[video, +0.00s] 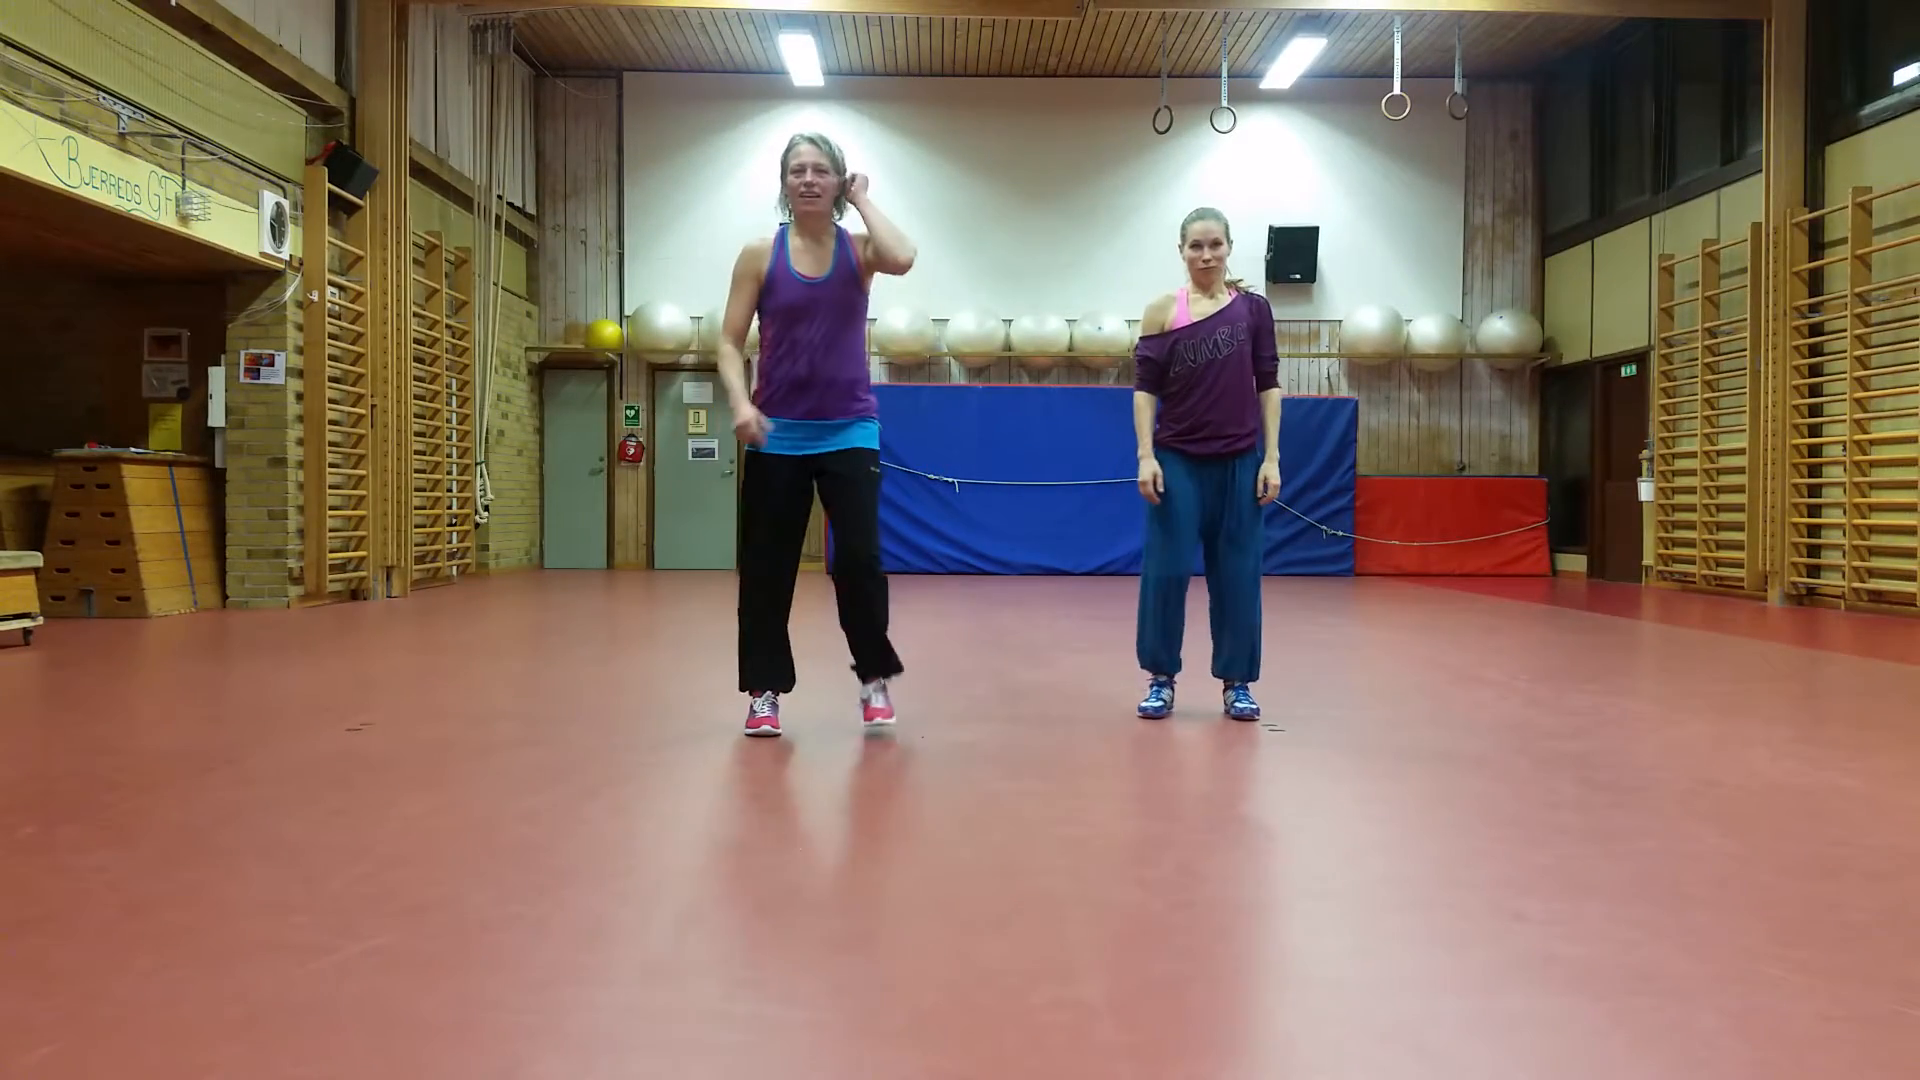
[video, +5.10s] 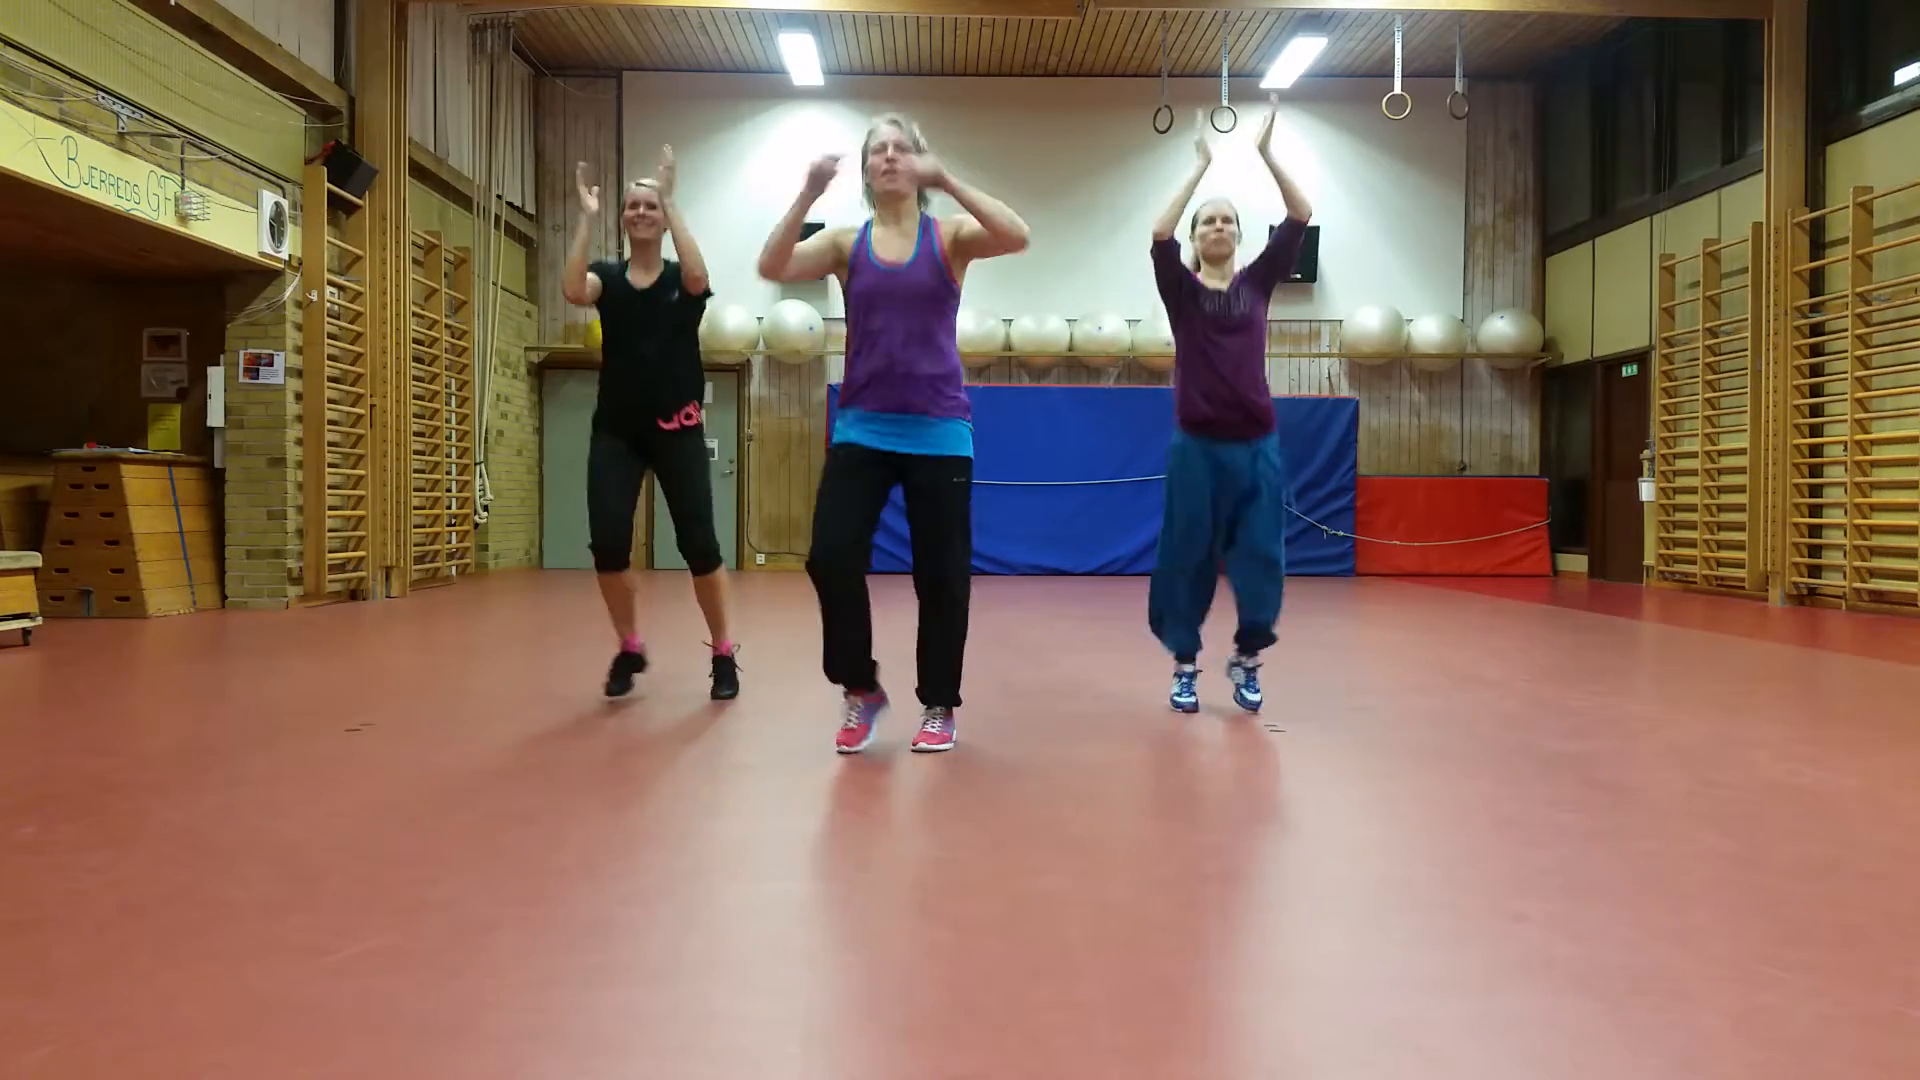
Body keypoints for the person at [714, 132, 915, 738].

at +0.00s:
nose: (807, 180)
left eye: (819, 171)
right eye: (797, 171)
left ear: (839, 185)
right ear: (783, 184)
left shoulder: (858, 245)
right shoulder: (760, 255)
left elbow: (900, 259)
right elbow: (729, 342)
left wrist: (862, 198)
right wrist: (741, 404)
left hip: (850, 429)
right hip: (777, 432)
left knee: (860, 558)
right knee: (766, 566)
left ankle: (874, 681)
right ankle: (763, 690)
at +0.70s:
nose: (836, 177)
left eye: (847, 169)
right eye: (824, 169)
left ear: (865, 184)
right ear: (808, 187)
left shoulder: (893, 250)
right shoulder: (789, 260)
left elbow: (942, 306)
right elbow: (758, 343)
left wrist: (912, 234)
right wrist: (737, 397)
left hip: (879, 432)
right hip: (805, 433)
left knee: (890, 550)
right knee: (812, 568)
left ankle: (880, 674)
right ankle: (821, 697)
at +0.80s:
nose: (839, 170)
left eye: (849, 162)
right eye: (827, 163)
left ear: (867, 179)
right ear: (811, 181)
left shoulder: (892, 239)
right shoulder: (791, 247)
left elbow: (939, 263)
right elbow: (763, 325)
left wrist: (925, 187)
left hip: (882, 422)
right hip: (810, 426)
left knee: (885, 540)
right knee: (812, 566)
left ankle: (883, 662)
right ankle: (821, 696)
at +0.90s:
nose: (842, 167)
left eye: (852, 159)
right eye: (830, 159)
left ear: (870, 175)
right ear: (815, 176)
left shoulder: (890, 239)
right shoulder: (801, 235)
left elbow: (920, 219)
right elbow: (794, 258)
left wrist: (890, 144)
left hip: (884, 416)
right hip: (816, 418)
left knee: (881, 553)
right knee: (817, 560)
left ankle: (884, 686)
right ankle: (826, 694)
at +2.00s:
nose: (870, 151)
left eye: (881, 144)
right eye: (858, 146)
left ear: (901, 161)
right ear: (844, 164)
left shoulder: (926, 225)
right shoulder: (834, 228)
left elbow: (946, 146)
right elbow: (795, 171)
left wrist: (907, 67)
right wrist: (817, 90)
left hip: (917, 415)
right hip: (842, 412)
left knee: (917, 561)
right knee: (830, 545)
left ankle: (915, 698)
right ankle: (846, 677)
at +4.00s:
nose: (889, 151)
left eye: (900, 143)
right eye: (878, 144)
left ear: (919, 160)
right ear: (861, 160)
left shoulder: (940, 222)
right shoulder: (847, 226)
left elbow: (977, 157)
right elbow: (821, 169)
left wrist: (946, 67)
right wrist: (836, 90)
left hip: (934, 413)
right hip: (860, 415)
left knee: (947, 550)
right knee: (860, 558)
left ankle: (930, 682)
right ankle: (868, 697)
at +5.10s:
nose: (890, 157)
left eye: (902, 149)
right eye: (879, 150)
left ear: (922, 168)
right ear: (865, 170)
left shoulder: (948, 234)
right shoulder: (846, 238)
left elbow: (1015, 236)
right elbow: (772, 266)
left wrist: (947, 180)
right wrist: (807, 196)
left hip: (939, 426)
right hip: (863, 424)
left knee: (943, 573)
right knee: (831, 560)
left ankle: (939, 708)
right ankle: (861, 693)